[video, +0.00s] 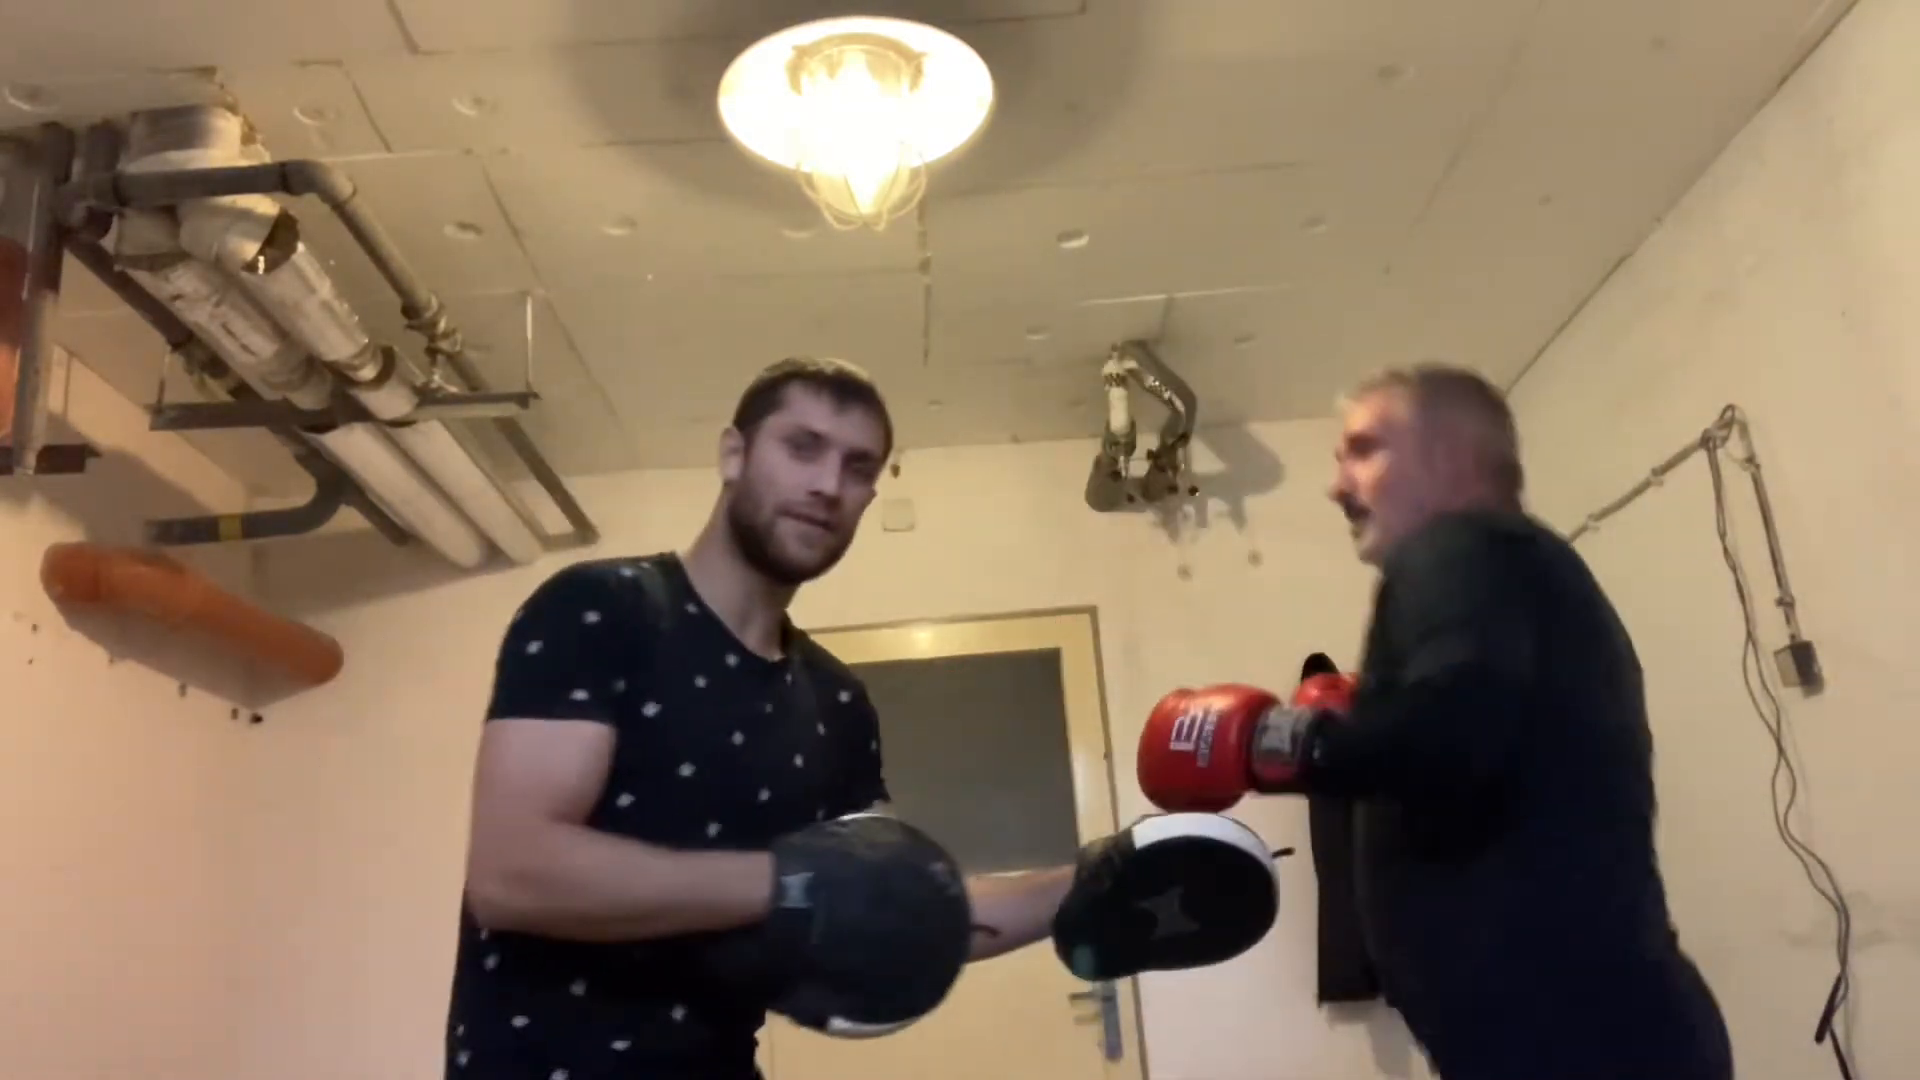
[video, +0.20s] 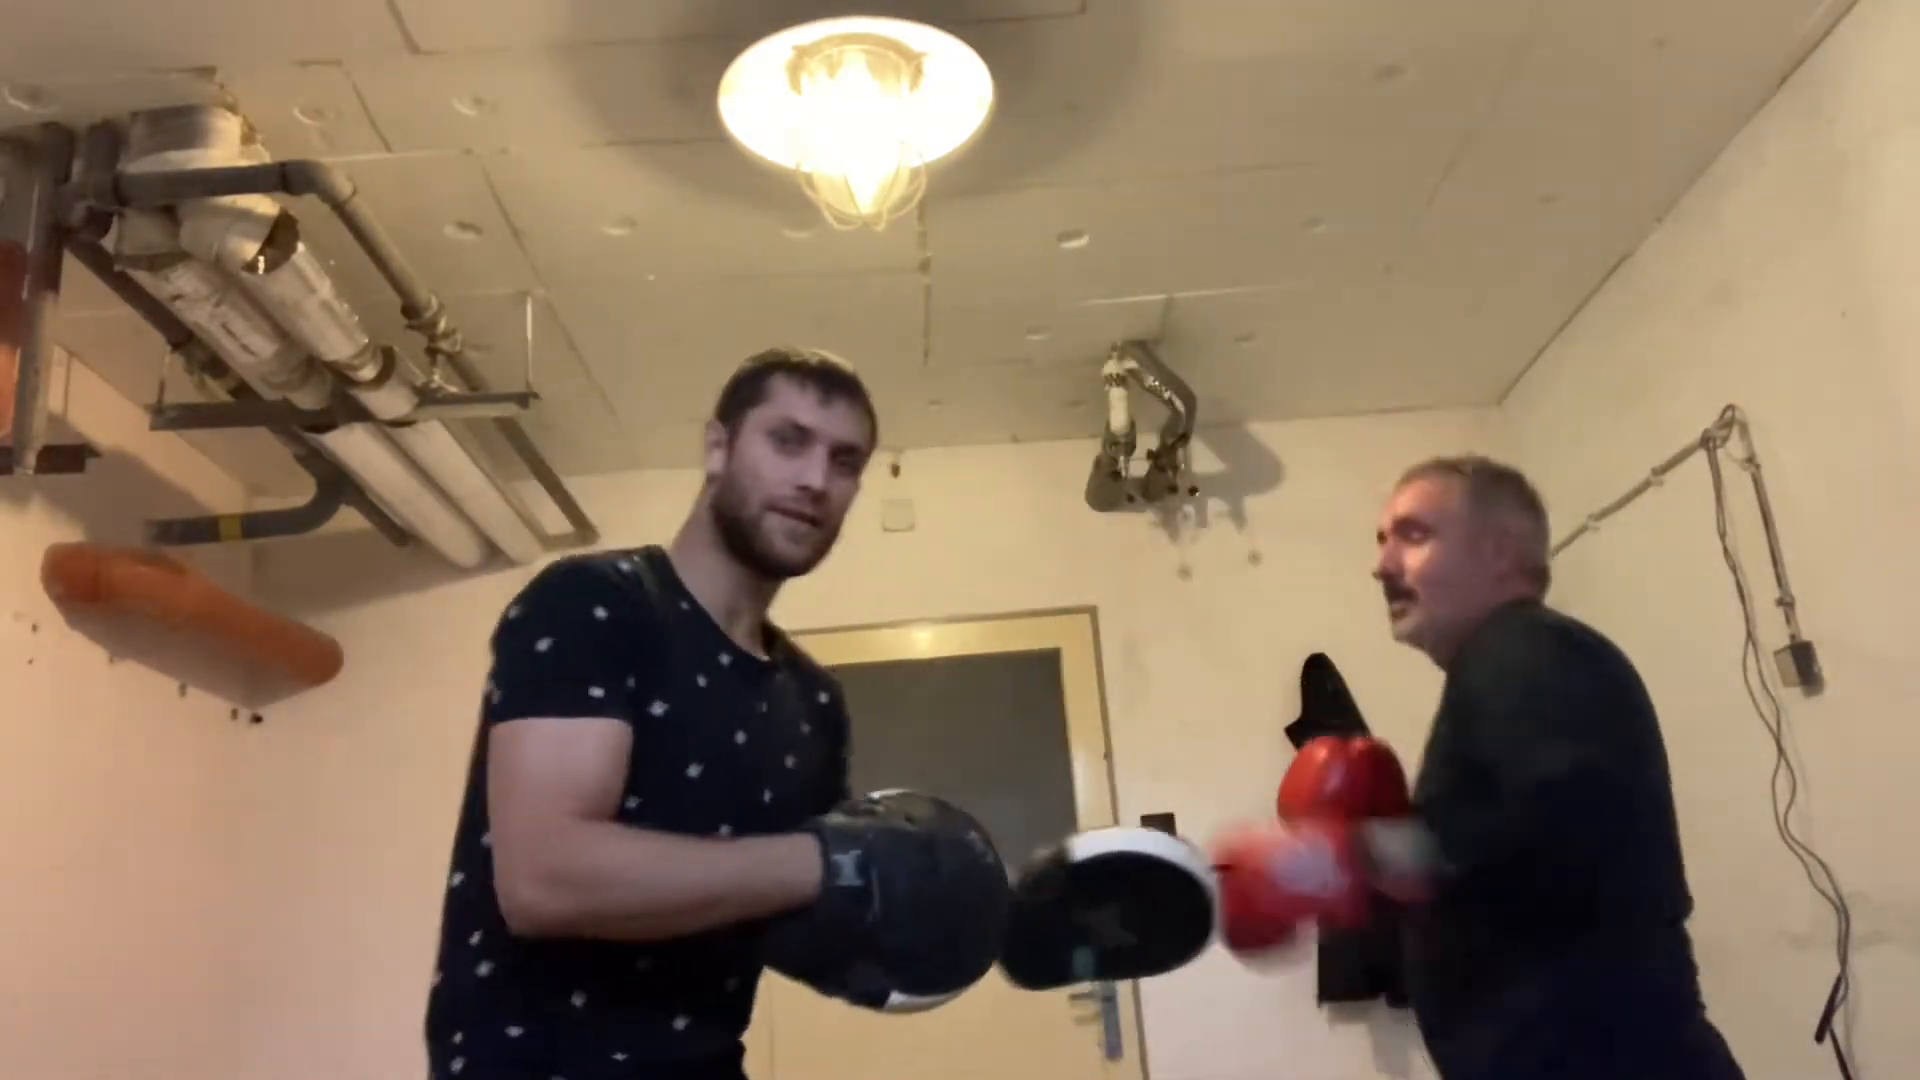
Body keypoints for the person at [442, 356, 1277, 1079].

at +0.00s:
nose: (831, 487)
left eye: (858, 470)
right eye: (805, 449)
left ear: (872, 499)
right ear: (731, 454)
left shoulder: (836, 708)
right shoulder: (596, 611)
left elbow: (863, 918)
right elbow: (510, 871)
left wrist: (1083, 888)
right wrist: (794, 887)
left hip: (712, 1061)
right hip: (537, 1054)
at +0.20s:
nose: (817, 481)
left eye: (845, 462)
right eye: (790, 441)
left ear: (856, 491)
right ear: (718, 447)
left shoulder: (812, 702)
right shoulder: (584, 604)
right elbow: (543, 878)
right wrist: (828, 864)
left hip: (697, 1057)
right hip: (527, 1055)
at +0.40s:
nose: (740, 482)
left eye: (759, 463)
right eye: (709, 440)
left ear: (765, 485)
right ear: (619, 443)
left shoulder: (700, 696)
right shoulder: (497, 608)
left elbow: (734, 946)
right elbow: (511, 885)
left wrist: (855, 879)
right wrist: (808, 831)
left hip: (632, 1060)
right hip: (470, 1059)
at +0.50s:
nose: (716, 491)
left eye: (721, 463)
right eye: (691, 448)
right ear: (587, 435)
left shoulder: (632, 682)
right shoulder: (433, 602)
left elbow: (683, 928)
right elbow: (500, 876)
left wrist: (802, 845)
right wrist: (787, 787)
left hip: (572, 1060)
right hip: (415, 1058)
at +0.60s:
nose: (681, 497)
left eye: (683, 464)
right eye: (666, 453)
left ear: (578, 437)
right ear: (574, 431)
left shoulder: (581, 664)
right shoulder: (390, 588)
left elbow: (648, 898)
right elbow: (518, 842)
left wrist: (777, 776)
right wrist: (771, 710)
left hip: (538, 1057)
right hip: (381, 1055)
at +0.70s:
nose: (656, 504)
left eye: (658, 472)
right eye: (645, 463)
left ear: (565, 442)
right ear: (563, 438)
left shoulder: (551, 657)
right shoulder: (374, 581)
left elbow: (662, 858)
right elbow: (571, 792)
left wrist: (780, 691)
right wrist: (762, 622)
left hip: (516, 1056)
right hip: (368, 1056)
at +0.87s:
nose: (656, 533)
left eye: (661, 500)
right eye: (651, 492)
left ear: (575, 462)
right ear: (576, 459)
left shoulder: (496, 659)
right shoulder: (392, 585)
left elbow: (705, 798)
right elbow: (658, 721)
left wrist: (775, 615)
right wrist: (768, 531)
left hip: (529, 1050)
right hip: (398, 1053)